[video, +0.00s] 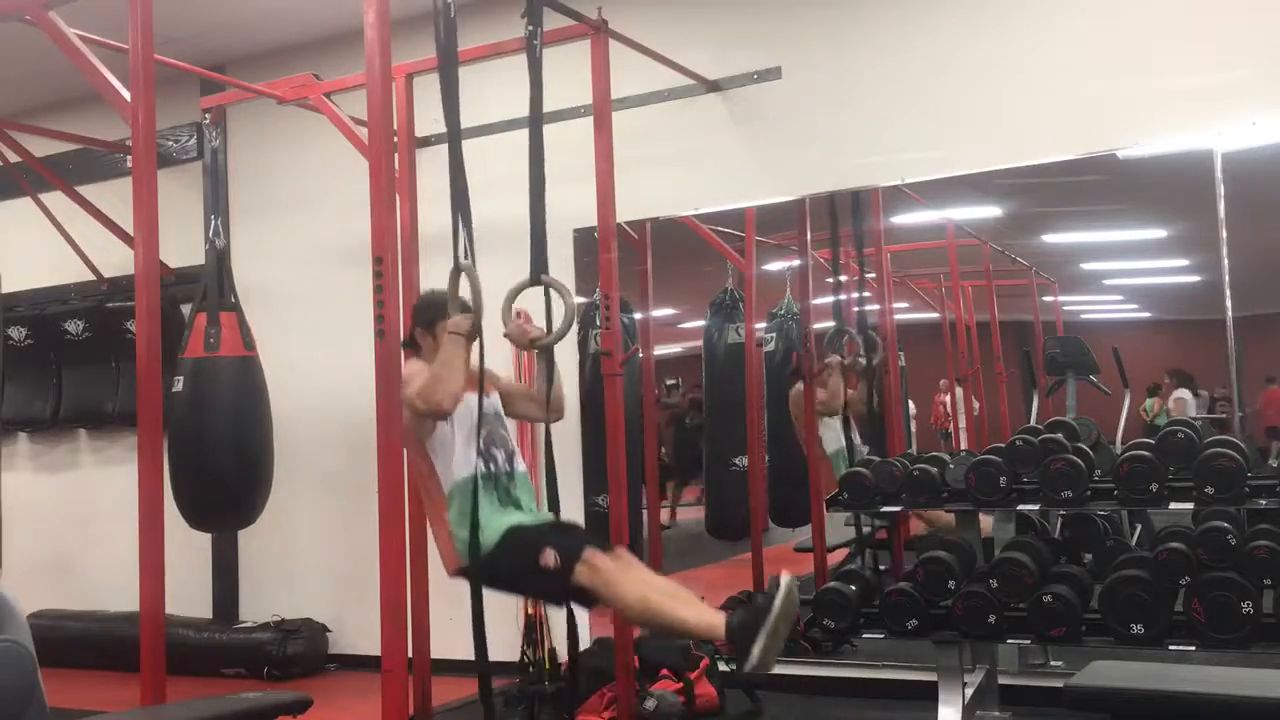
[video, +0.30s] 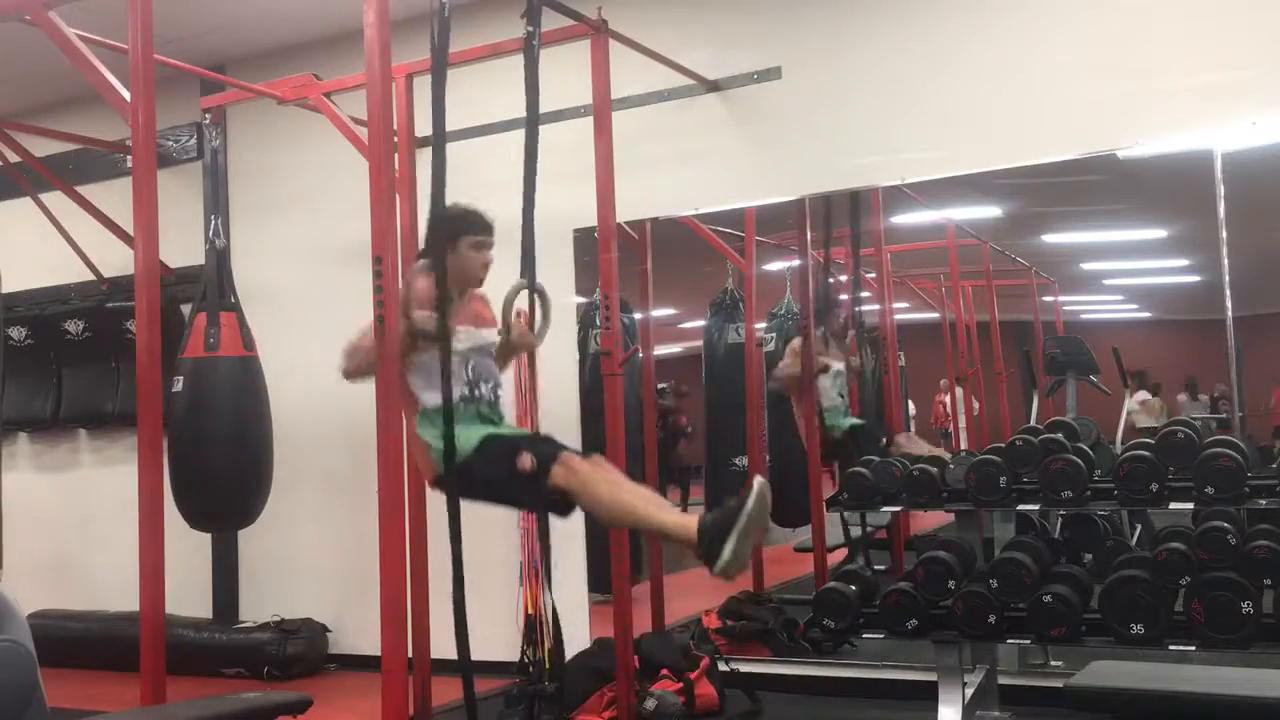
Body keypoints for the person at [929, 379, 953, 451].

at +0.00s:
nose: (943, 387)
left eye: (944, 385)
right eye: (941, 385)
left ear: (948, 386)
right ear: (939, 386)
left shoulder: (950, 396)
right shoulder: (937, 397)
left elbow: (953, 408)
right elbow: (935, 409)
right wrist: (933, 421)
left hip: (949, 422)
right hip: (940, 422)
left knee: (951, 438)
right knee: (942, 439)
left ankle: (952, 452)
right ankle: (944, 453)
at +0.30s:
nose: (943, 388)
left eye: (945, 386)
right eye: (942, 386)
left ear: (948, 386)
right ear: (940, 387)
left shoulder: (950, 396)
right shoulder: (938, 397)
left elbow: (953, 410)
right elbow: (935, 410)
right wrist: (933, 420)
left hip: (949, 422)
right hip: (940, 422)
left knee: (949, 439)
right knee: (942, 440)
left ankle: (950, 451)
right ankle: (942, 451)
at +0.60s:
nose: (944, 388)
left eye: (945, 386)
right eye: (942, 386)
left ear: (948, 386)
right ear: (940, 387)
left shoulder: (950, 396)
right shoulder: (938, 397)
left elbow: (953, 409)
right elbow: (935, 410)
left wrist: (953, 422)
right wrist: (933, 420)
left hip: (950, 422)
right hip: (941, 422)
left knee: (951, 439)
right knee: (942, 440)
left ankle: (953, 452)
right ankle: (943, 453)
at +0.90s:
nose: (942, 387)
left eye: (944, 385)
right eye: (941, 385)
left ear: (947, 386)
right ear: (940, 386)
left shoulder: (950, 396)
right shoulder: (938, 396)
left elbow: (953, 408)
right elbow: (935, 409)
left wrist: (953, 420)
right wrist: (933, 419)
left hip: (949, 421)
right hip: (940, 422)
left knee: (951, 439)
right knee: (943, 440)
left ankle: (952, 452)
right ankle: (944, 453)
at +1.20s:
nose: (942, 387)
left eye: (944, 385)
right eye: (941, 385)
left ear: (948, 386)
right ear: (940, 386)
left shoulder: (950, 396)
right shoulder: (938, 396)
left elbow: (953, 409)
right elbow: (935, 409)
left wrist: (953, 421)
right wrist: (933, 419)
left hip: (949, 422)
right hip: (940, 422)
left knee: (951, 439)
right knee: (942, 440)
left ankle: (952, 452)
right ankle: (944, 453)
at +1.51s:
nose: (942, 387)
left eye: (943, 385)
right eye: (941, 385)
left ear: (947, 386)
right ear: (939, 386)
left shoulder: (949, 395)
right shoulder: (938, 396)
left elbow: (952, 408)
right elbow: (935, 408)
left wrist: (952, 420)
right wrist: (933, 419)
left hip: (948, 421)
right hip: (940, 422)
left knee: (950, 439)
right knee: (942, 440)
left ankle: (951, 453)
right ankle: (944, 453)